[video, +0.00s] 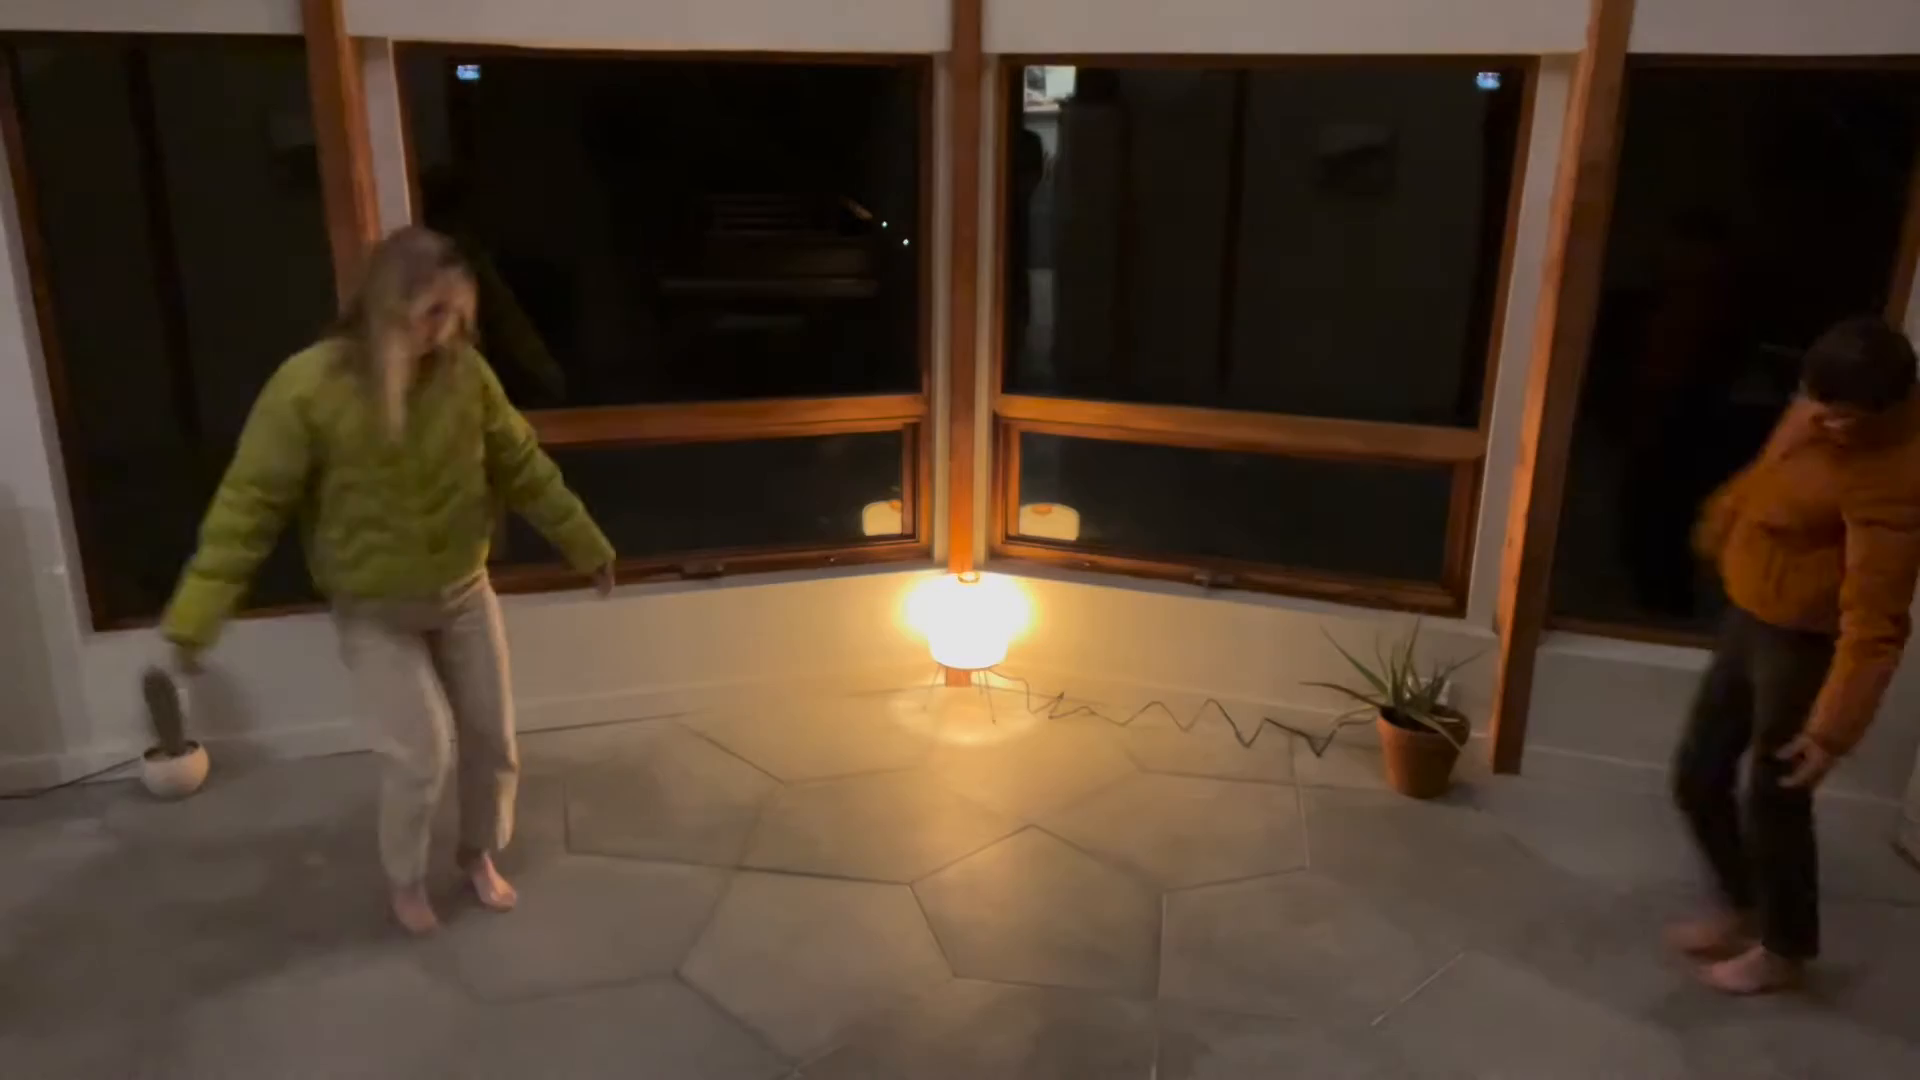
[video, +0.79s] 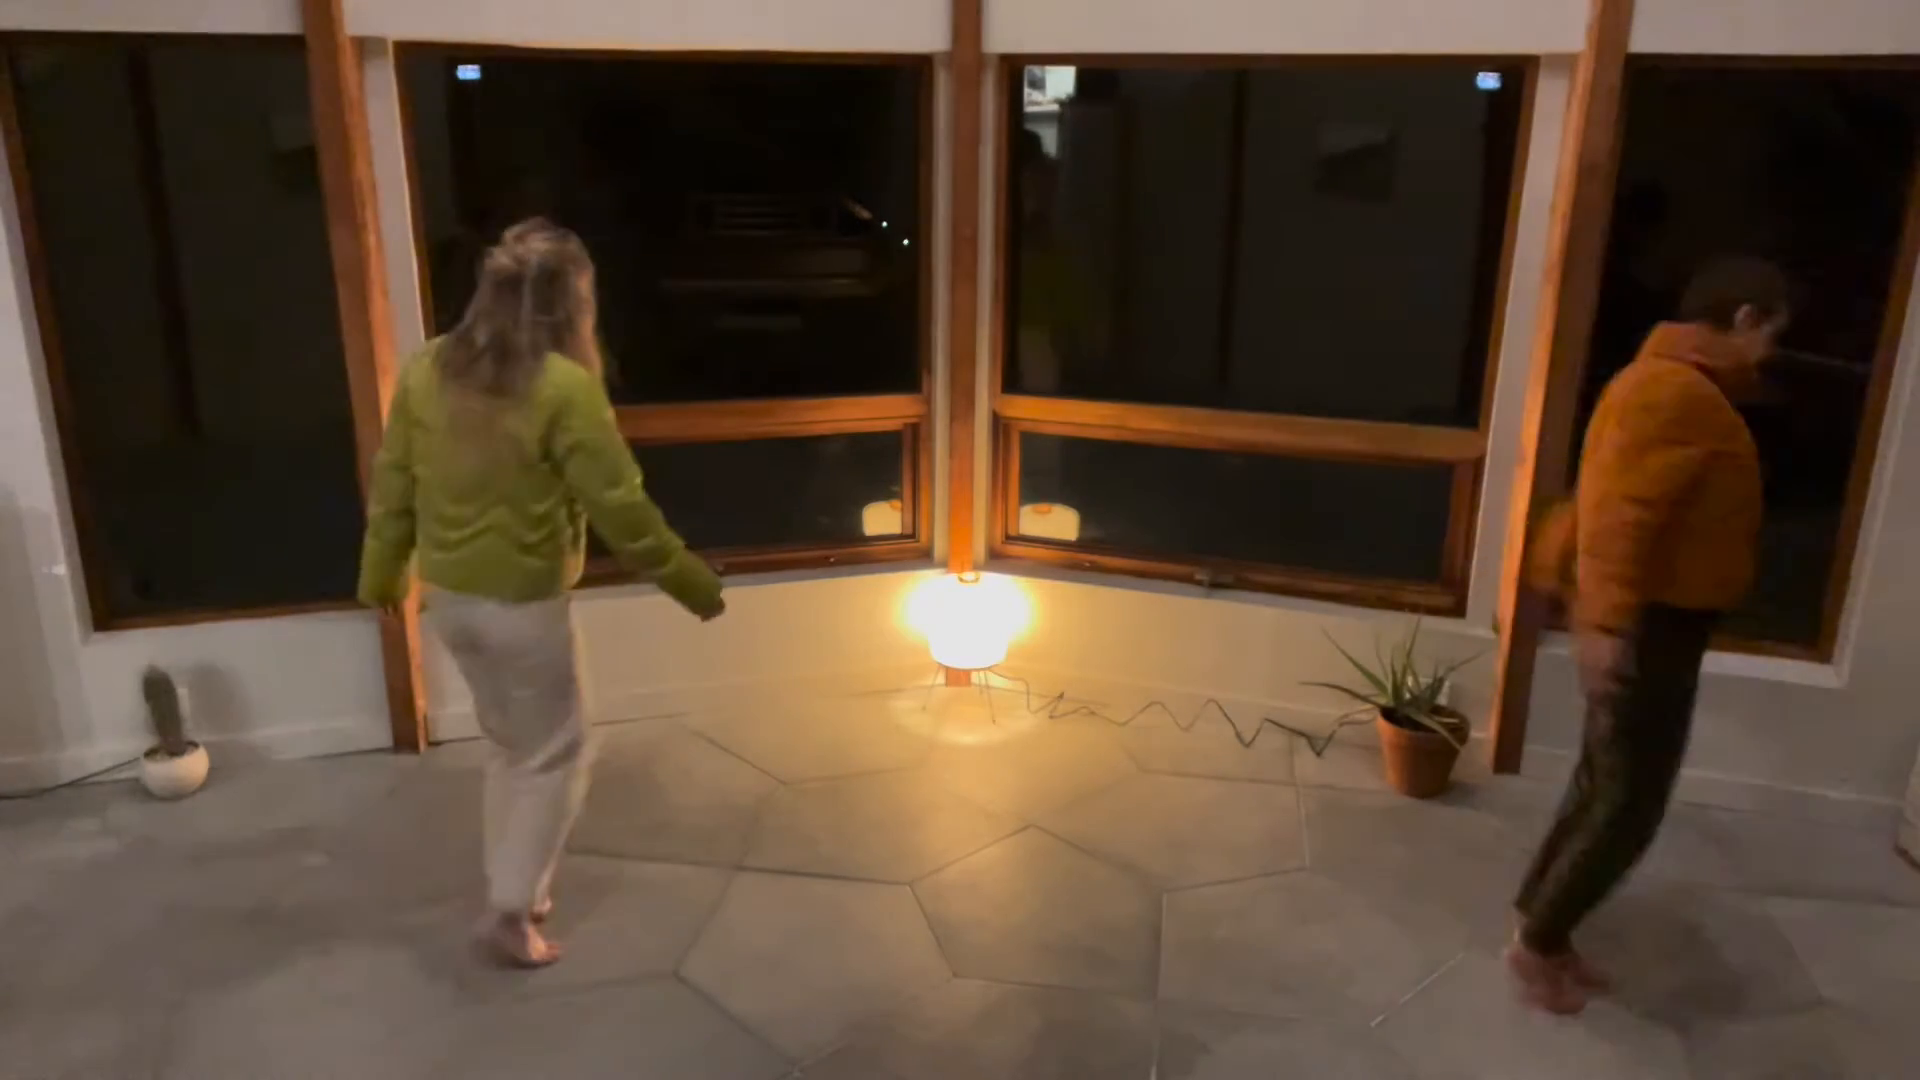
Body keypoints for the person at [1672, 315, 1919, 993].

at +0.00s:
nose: (1820, 421)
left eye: (1838, 416)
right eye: (1817, 404)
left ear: (1877, 412)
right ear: (1812, 386)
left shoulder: (1890, 480)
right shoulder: (1817, 399)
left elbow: (1878, 623)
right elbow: (1775, 470)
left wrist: (1827, 735)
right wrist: (1723, 515)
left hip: (1803, 642)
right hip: (1750, 619)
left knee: (1772, 795)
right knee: (1700, 776)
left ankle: (1784, 951)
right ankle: (1744, 910)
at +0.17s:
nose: (1819, 410)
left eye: (1839, 412)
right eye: (1819, 391)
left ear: (1874, 412)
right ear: (1814, 362)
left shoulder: (1883, 463)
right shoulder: (1763, 373)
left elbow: (1893, 600)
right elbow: (1687, 443)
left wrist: (1905, 724)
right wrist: (1614, 487)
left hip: (1771, 640)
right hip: (1689, 604)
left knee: (1737, 806)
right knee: (1652, 763)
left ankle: (1766, 938)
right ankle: (1637, 893)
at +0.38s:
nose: (1837, 401)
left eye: (1856, 396)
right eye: (1837, 379)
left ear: (1870, 400)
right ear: (1811, 342)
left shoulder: (1848, 455)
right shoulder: (1706, 378)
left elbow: (1881, 582)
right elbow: (1597, 439)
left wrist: (1916, 672)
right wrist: (1492, 490)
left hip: (1750, 631)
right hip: (1654, 603)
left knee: (1701, 784)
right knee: (1623, 757)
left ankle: (1655, 910)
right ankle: (1624, 883)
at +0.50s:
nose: (1832, 395)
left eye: (1847, 386)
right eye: (1834, 374)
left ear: (1853, 381)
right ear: (1801, 340)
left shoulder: (1816, 435)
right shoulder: (1676, 382)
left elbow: (1823, 551)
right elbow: (1563, 452)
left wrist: (1861, 640)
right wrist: (1457, 508)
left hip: (1733, 633)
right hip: (1640, 614)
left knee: (1700, 803)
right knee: (1621, 795)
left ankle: (1660, 918)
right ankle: (1553, 918)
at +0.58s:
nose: (1822, 382)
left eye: (1833, 370)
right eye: (1823, 361)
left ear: (1794, 338)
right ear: (1787, 329)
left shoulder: (1775, 414)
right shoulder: (1666, 382)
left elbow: (1745, 525)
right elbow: (1556, 471)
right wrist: (1456, 547)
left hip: (1713, 629)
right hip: (1633, 617)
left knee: (1683, 800)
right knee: (1610, 803)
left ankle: (1637, 901)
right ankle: (1534, 937)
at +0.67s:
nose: (1807, 372)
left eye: (1818, 359)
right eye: (1809, 353)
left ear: (1778, 334)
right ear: (1771, 326)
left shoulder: (1746, 406)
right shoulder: (1665, 386)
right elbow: (1572, 479)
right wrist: (1491, 565)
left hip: (1693, 627)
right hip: (1635, 620)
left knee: (1657, 791)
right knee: (1612, 784)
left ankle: (1587, 909)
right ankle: (1532, 937)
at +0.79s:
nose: (1767, 356)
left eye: (1774, 341)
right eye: (1769, 337)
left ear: (1721, 319)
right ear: (1741, 321)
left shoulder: (1656, 386)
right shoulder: (1673, 395)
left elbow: (1599, 495)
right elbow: (1620, 509)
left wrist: (1551, 572)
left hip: (1653, 617)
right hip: (1653, 622)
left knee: (1608, 777)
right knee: (1631, 795)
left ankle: (1539, 919)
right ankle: (1541, 939)